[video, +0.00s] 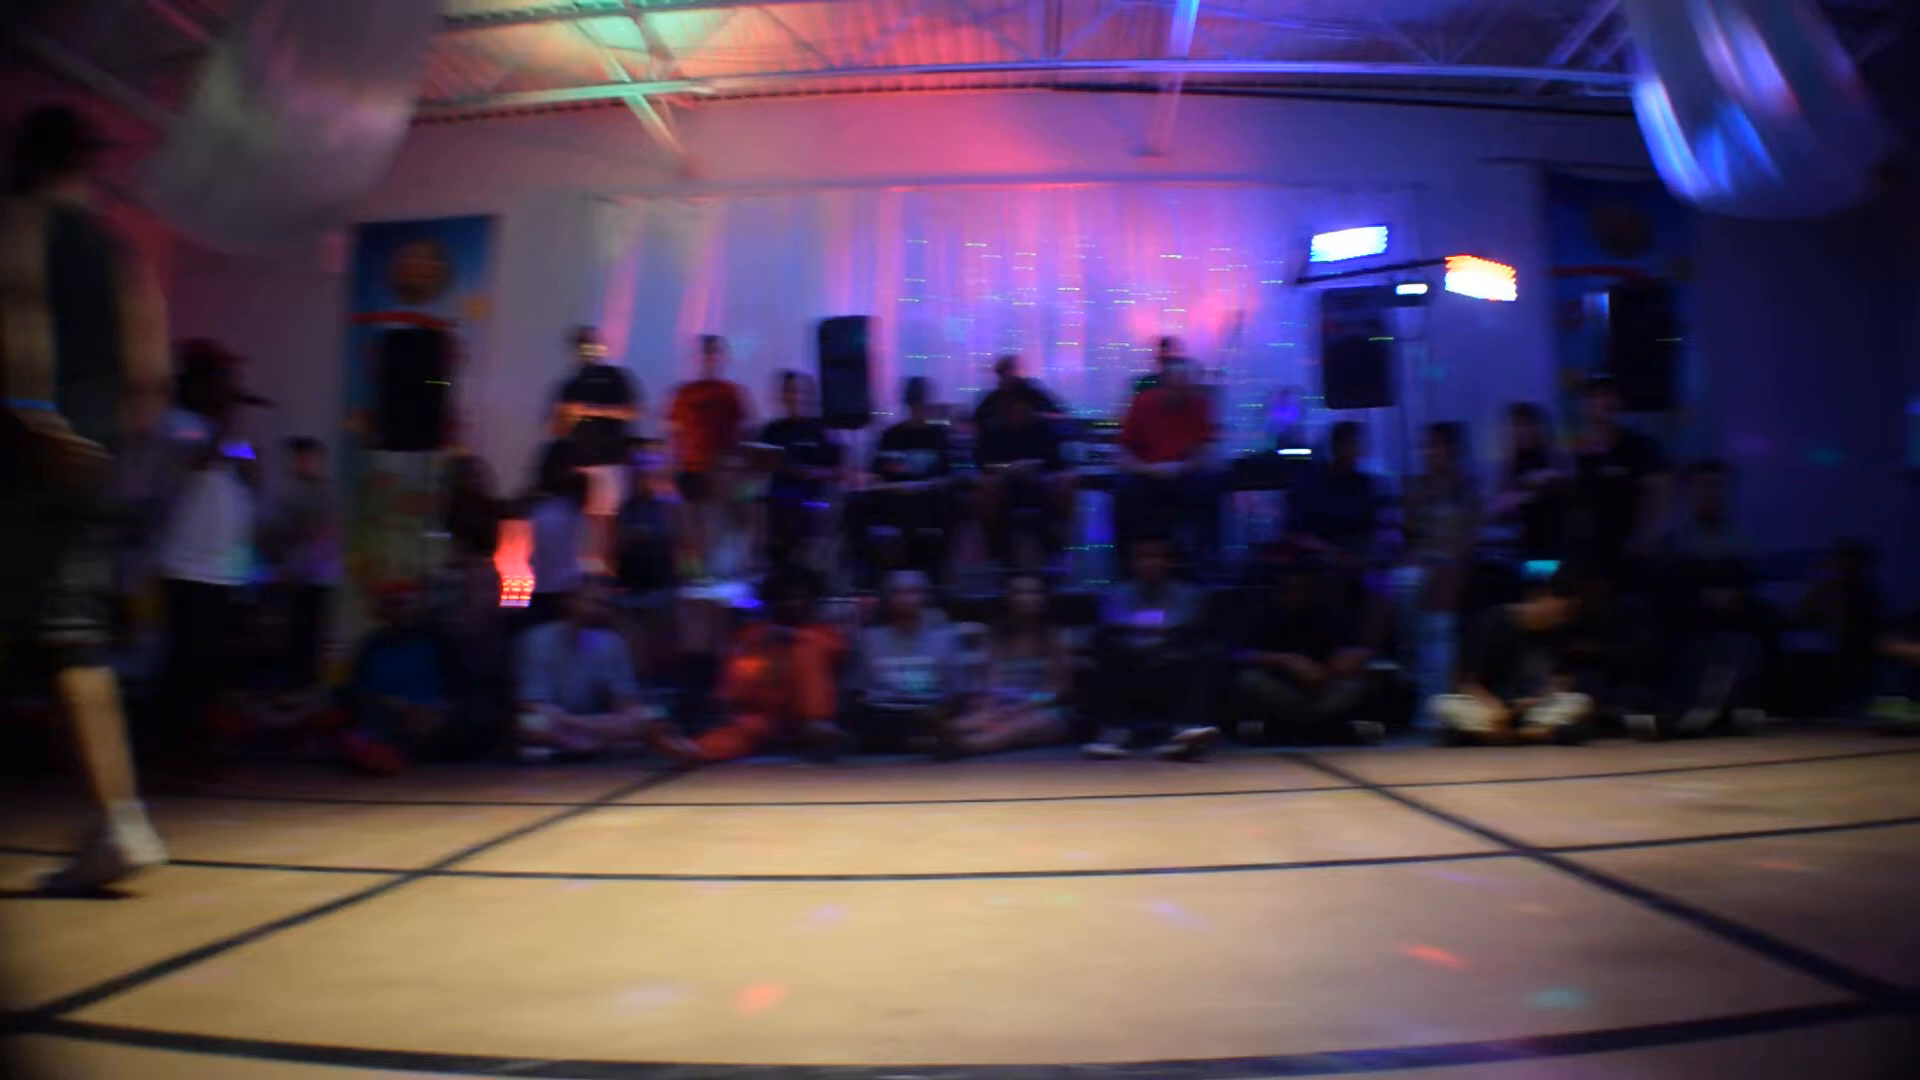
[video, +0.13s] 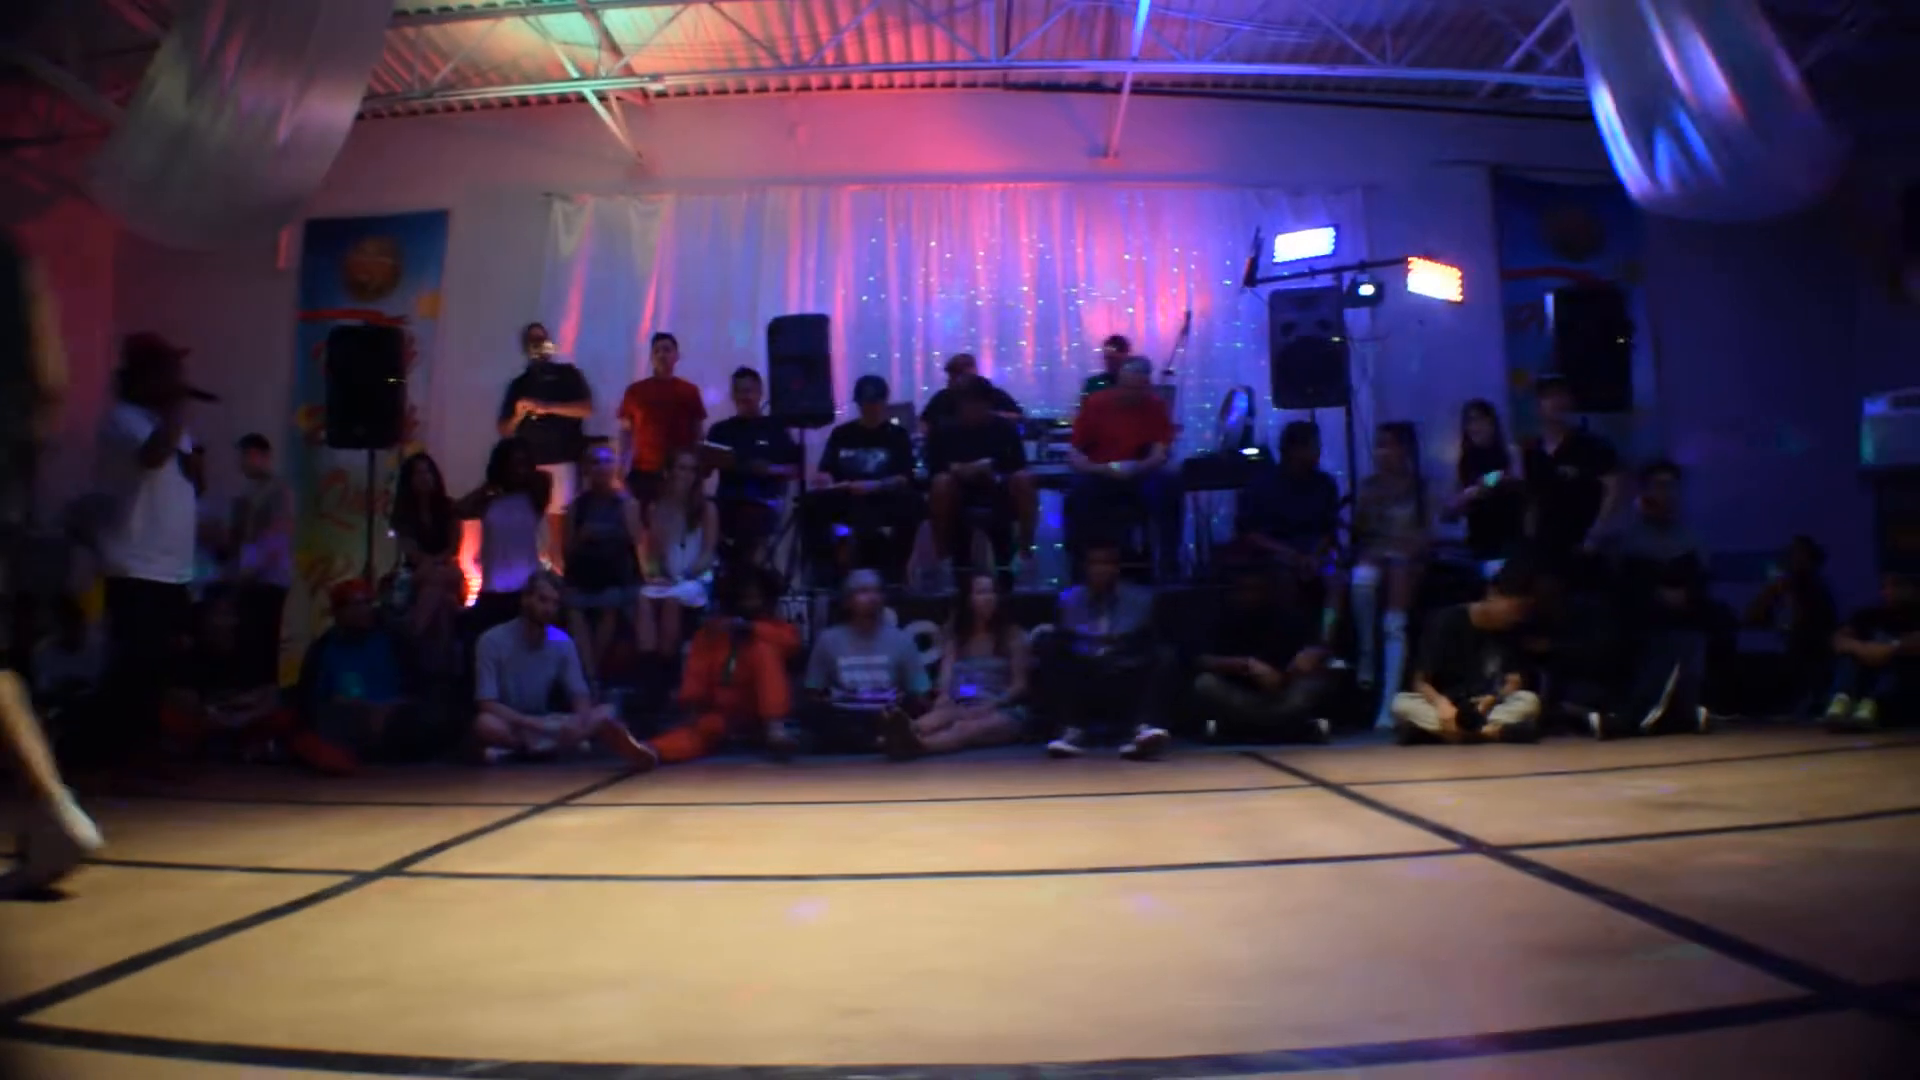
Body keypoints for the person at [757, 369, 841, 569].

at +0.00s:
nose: (793, 398)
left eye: (799, 392)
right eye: (789, 392)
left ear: (810, 395)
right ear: (783, 395)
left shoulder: (821, 430)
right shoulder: (774, 430)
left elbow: (834, 469)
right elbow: (764, 463)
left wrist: (807, 472)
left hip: (814, 501)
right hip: (780, 501)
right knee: (779, 554)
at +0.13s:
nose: (745, 396)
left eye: (750, 390)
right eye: (740, 391)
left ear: (760, 394)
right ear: (732, 394)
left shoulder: (774, 428)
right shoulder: (720, 430)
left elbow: (793, 466)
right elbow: (706, 467)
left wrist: (767, 470)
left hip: (765, 502)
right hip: (728, 500)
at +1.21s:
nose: (774, 400)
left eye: (777, 394)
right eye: (767, 396)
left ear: (783, 394)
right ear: (756, 401)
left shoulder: (798, 426)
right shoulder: (745, 431)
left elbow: (809, 454)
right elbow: (730, 472)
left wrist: (789, 423)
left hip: (787, 494)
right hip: (753, 495)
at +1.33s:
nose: (773, 400)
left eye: (776, 394)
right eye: (766, 396)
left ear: (781, 395)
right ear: (753, 402)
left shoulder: (796, 427)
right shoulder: (743, 431)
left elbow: (807, 455)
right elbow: (729, 473)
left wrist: (788, 423)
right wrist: (731, 454)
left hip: (786, 494)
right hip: (753, 494)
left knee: (775, 526)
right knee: (737, 525)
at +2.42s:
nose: (759, 411)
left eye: (763, 404)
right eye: (753, 406)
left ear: (771, 404)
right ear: (744, 407)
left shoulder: (790, 432)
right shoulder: (737, 435)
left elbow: (798, 462)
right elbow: (721, 477)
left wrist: (769, 433)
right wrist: (726, 461)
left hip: (778, 498)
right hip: (745, 498)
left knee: (772, 529)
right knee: (725, 525)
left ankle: (755, 572)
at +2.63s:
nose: (756, 411)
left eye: (761, 405)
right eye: (751, 407)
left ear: (770, 404)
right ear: (743, 407)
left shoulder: (789, 432)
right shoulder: (737, 435)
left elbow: (797, 462)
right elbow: (720, 478)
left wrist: (769, 434)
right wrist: (727, 460)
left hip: (777, 499)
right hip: (744, 499)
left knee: (768, 530)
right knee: (724, 526)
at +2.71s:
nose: (756, 414)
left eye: (760, 409)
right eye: (751, 410)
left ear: (770, 405)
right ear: (743, 409)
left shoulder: (789, 432)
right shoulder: (736, 435)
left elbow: (797, 462)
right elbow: (721, 477)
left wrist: (768, 434)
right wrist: (728, 459)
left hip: (777, 499)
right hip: (745, 498)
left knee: (769, 531)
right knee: (725, 527)